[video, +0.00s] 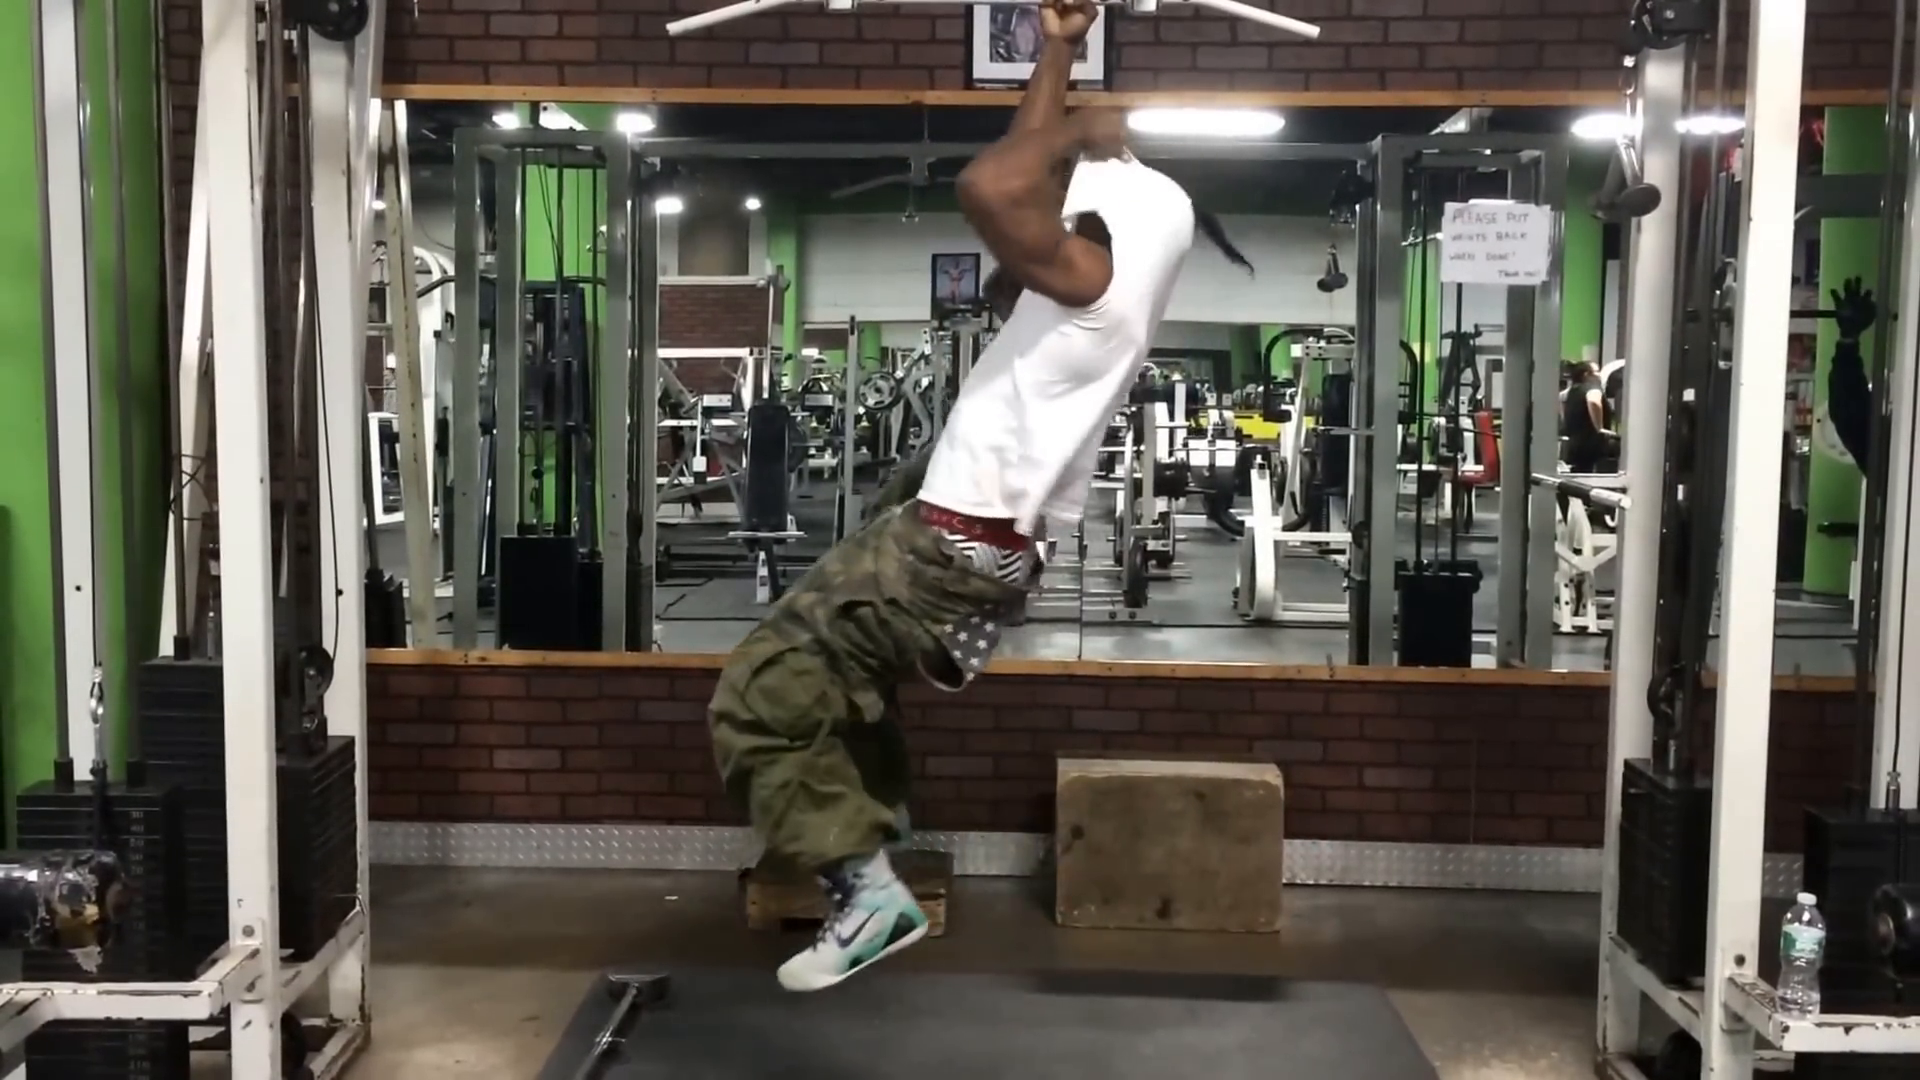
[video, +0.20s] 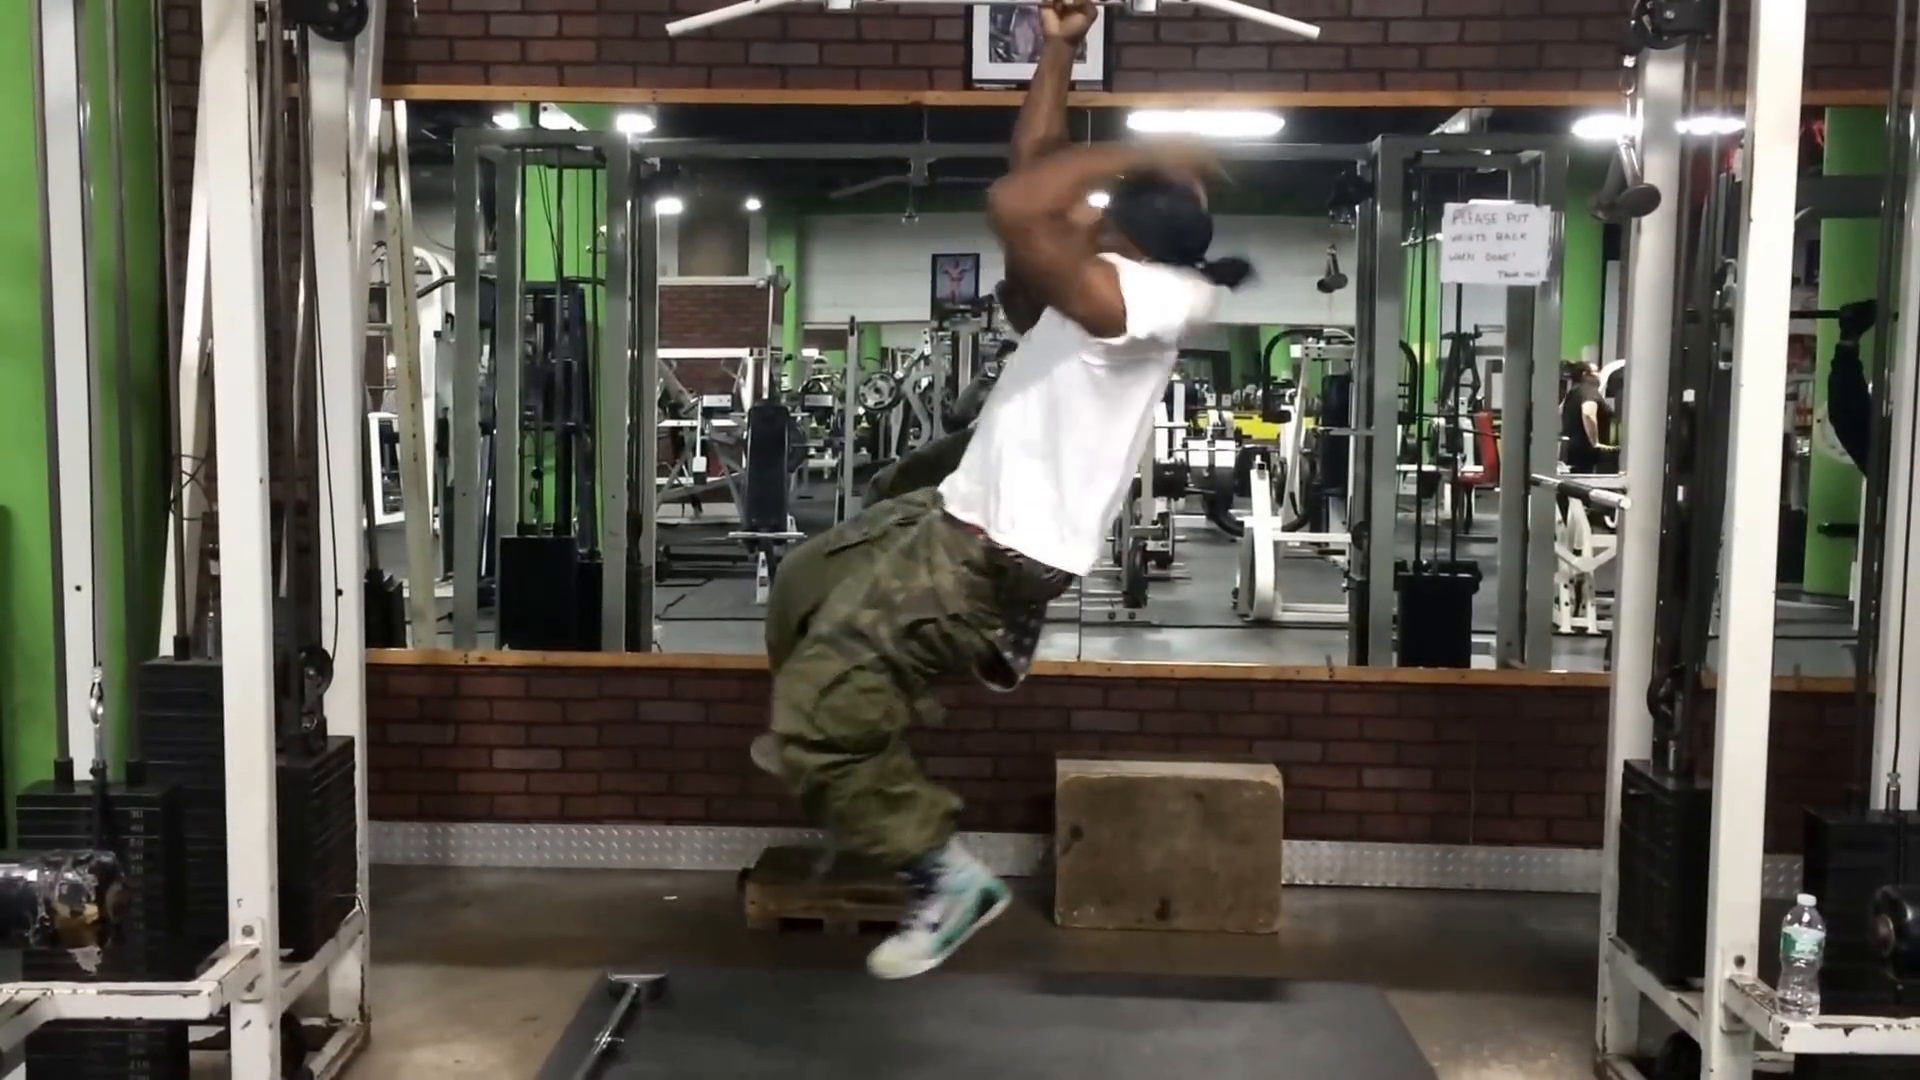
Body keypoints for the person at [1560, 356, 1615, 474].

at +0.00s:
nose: (1599, 375)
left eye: (1598, 371)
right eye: (1596, 371)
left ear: (1581, 376)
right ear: (1586, 375)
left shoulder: (1571, 390)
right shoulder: (1593, 387)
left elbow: (1559, 396)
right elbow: (1593, 402)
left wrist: (1565, 422)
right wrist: (1599, 428)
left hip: (1573, 440)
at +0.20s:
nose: (1599, 374)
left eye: (1597, 371)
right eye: (1595, 371)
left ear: (1584, 375)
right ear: (1585, 375)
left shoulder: (1572, 391)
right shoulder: (1590, 390)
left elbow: (1561, 409)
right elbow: (1588, 415)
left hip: (1571, 446)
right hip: (1585, 448)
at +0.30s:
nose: (1597, 374)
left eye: (1595, 371)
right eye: (1593, 371)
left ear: (1582, 374)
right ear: (1582, 374)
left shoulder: (1569, 393)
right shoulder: (1585, 392)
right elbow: (1586, 421)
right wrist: (1593, 449)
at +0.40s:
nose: (1597, 374)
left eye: (1595, 371)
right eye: (1593, 371)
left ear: (1581, 375)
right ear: (1582, 374)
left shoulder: (1568, 393)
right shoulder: (1585, 394)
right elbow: (1586, 424)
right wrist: (1593, 451)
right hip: (1583, 457)